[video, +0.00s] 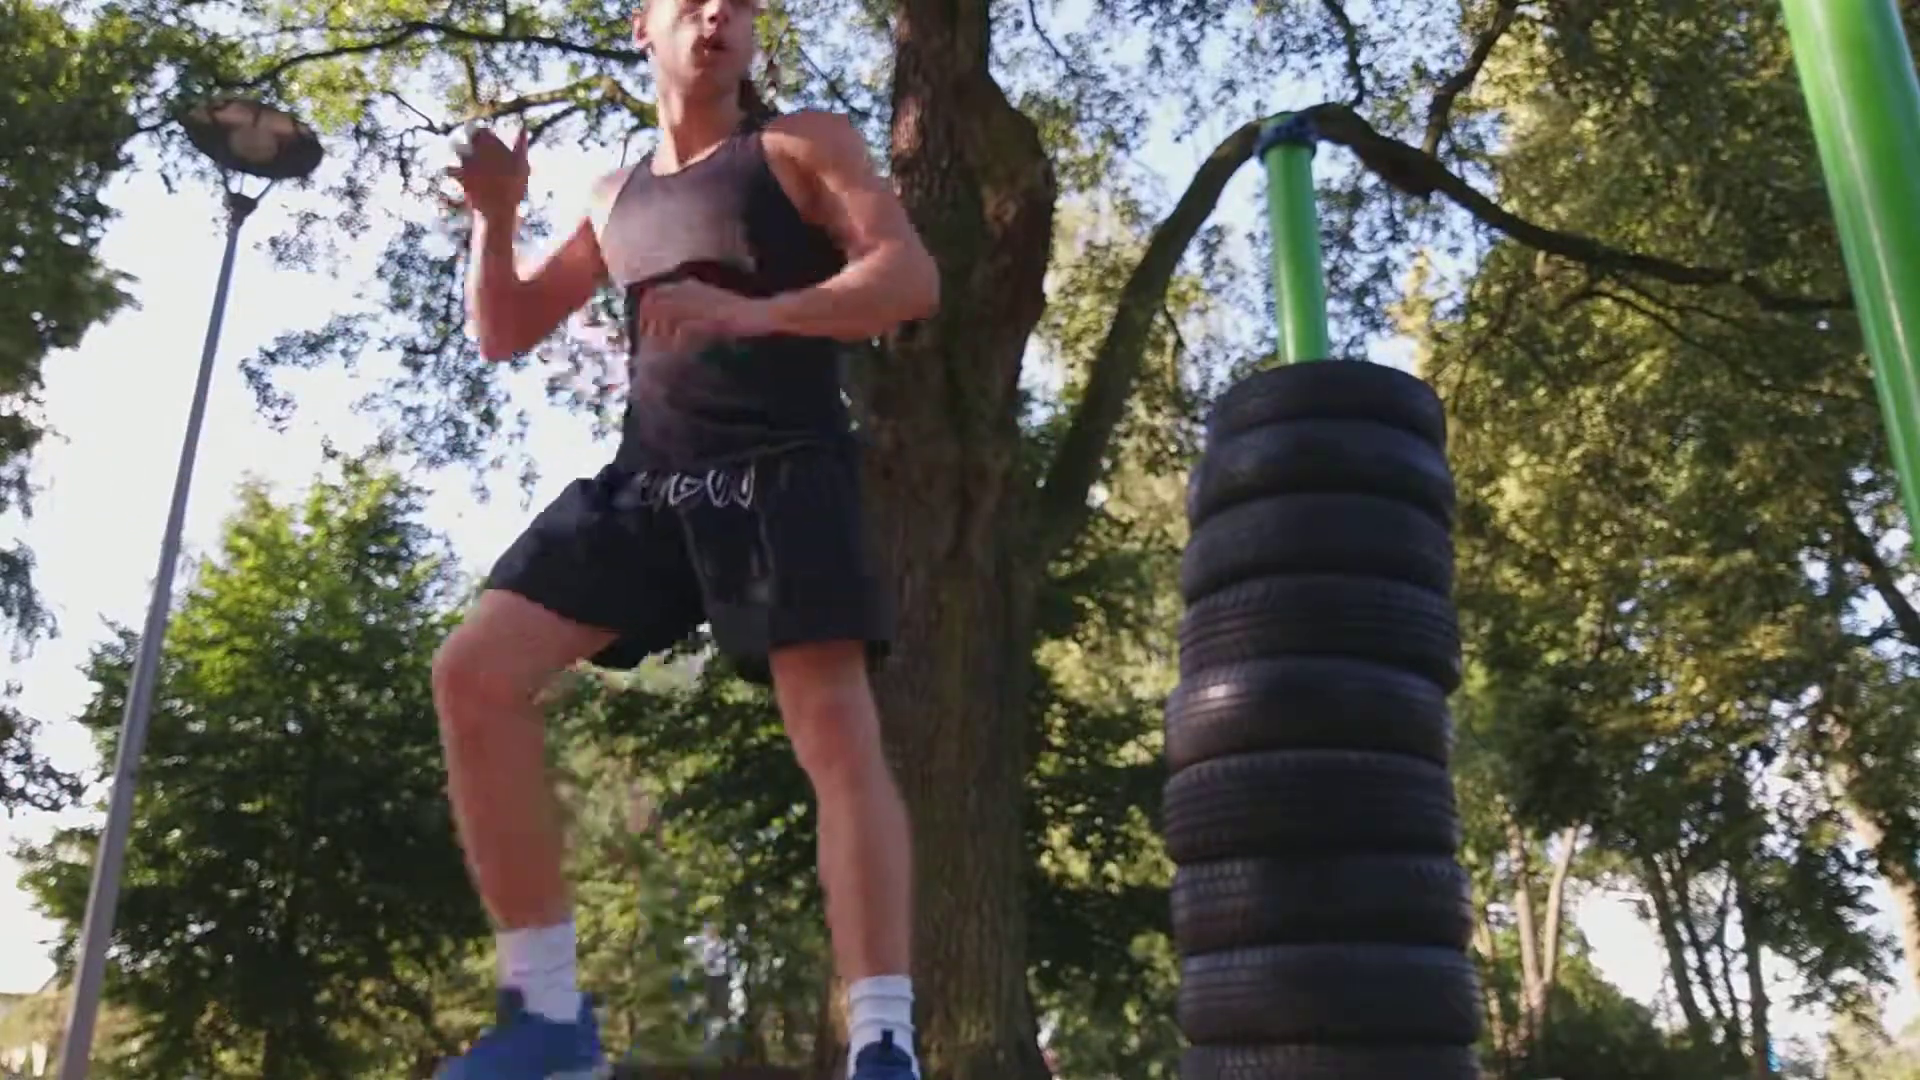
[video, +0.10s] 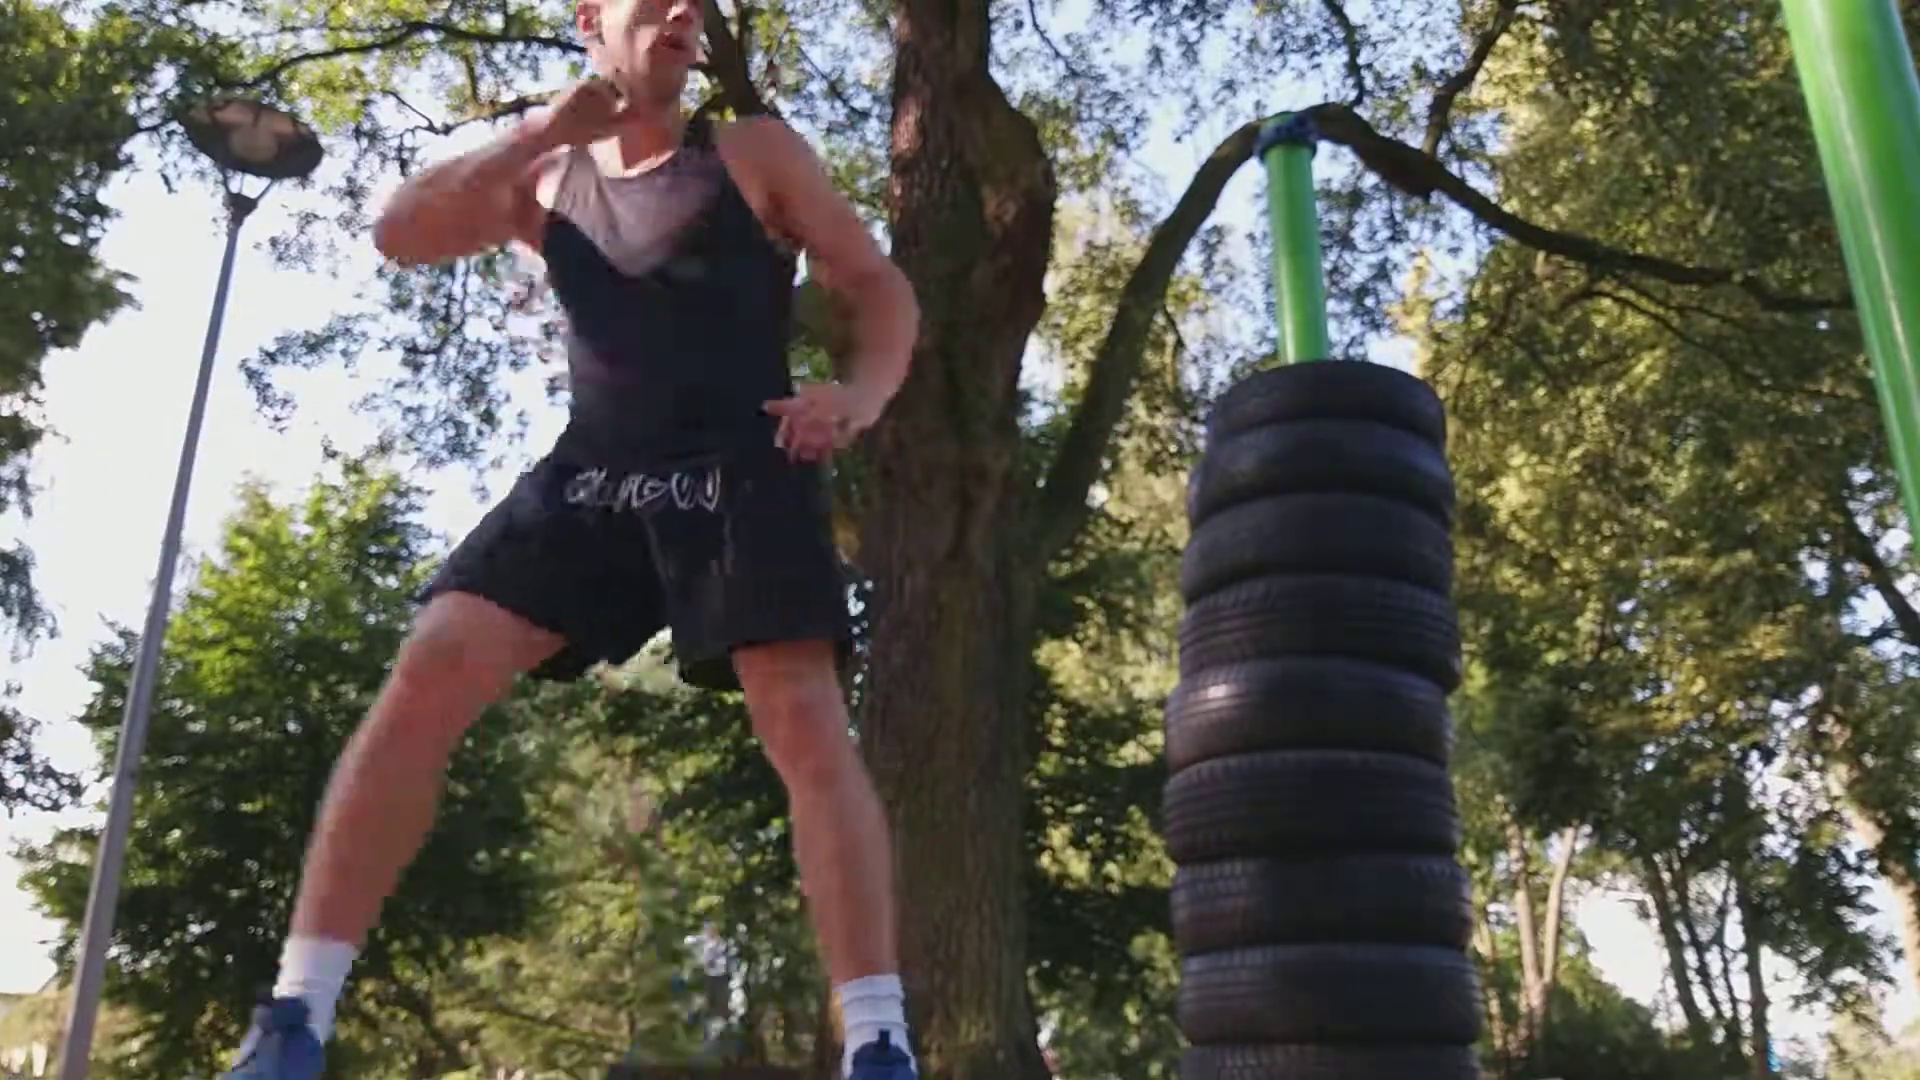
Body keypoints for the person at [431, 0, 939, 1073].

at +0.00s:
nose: (716, 16)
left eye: (736, 5)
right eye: (691, 1)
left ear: (755, 35)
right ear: (646, 29)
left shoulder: (806, 140)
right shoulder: (620, 193)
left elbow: (909, 277)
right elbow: (504, 329)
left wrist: (756, 312)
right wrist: (495, 216)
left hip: (783, 485)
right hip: (645, 490)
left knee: (836, 738)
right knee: (476, 674)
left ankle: (881, 1044)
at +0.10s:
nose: (687, 19)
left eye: (699, 8)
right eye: (658, 3)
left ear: (707, 37)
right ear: (595, 22)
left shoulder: (762, 151)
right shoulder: (539, 175)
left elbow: (883, 293)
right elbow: (399, 229)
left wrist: (863, 391)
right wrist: (537, 130)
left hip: (744, 482)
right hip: (591, 486)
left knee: (804, 723)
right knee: (435, 660)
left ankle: (877, 1048)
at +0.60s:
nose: (578, 215)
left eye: (581, 192)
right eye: (573, 186)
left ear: (518, 170)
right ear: (519, 161)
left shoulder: (472, 292)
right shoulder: (412, 177)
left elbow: (449, 470)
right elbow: (335, 286)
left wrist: (555, 436)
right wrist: (485, 409)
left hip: (424, 565)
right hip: (345, 528)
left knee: (408, 831)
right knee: (309, 726)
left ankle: (254, 1041)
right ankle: (219, 1036)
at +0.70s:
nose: (571, 226)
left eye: (574, 209)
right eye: (564, 201)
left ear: (508, 192)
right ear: (507, 179)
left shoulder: (460, 317)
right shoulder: (397, 206)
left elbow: (427, 481)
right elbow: (302, 313)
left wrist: (521, 459)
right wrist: (471, 399)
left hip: (388, 570)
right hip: (304, 528)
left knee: (353, 819)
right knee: (253, 732)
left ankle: (240, 1041)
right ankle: (202, 1019)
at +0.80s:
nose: (550, 200)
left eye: (557, 182)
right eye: (546, 173)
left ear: (494, 160)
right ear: (484, 144)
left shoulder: (447, 284)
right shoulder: (374, 169)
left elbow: (388, 446)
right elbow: (283, 257)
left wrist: (485, 442)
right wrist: (443, 349)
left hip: (370, 531)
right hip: (291, 484)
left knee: (339, 769)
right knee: (230, 710)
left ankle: (249, 1045)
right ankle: (114, 1015)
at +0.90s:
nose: (520, 190)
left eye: (525, 173)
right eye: (514, 164)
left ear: (466, 157)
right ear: (450, 138)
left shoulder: (422, 275)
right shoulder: (344, 161)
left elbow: (359, 426)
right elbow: (285, 255)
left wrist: (456, 438)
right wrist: (439, 323)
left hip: (354, 522)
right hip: (264, 479)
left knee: (342, 756)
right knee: (204, 713)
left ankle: (255, 1040)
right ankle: (45, 998)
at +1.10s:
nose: (470, 248)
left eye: (476, 233)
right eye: (462, 222)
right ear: (397, 201)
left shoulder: (372, 356)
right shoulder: (276, 250)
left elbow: (312, 509)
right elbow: (250, 370)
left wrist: (405, 499)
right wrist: (413, 380)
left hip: (310, 627)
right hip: (209, 593)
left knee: (398, 812)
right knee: (123, 796)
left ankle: (258, 1054)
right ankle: (4, 1022)